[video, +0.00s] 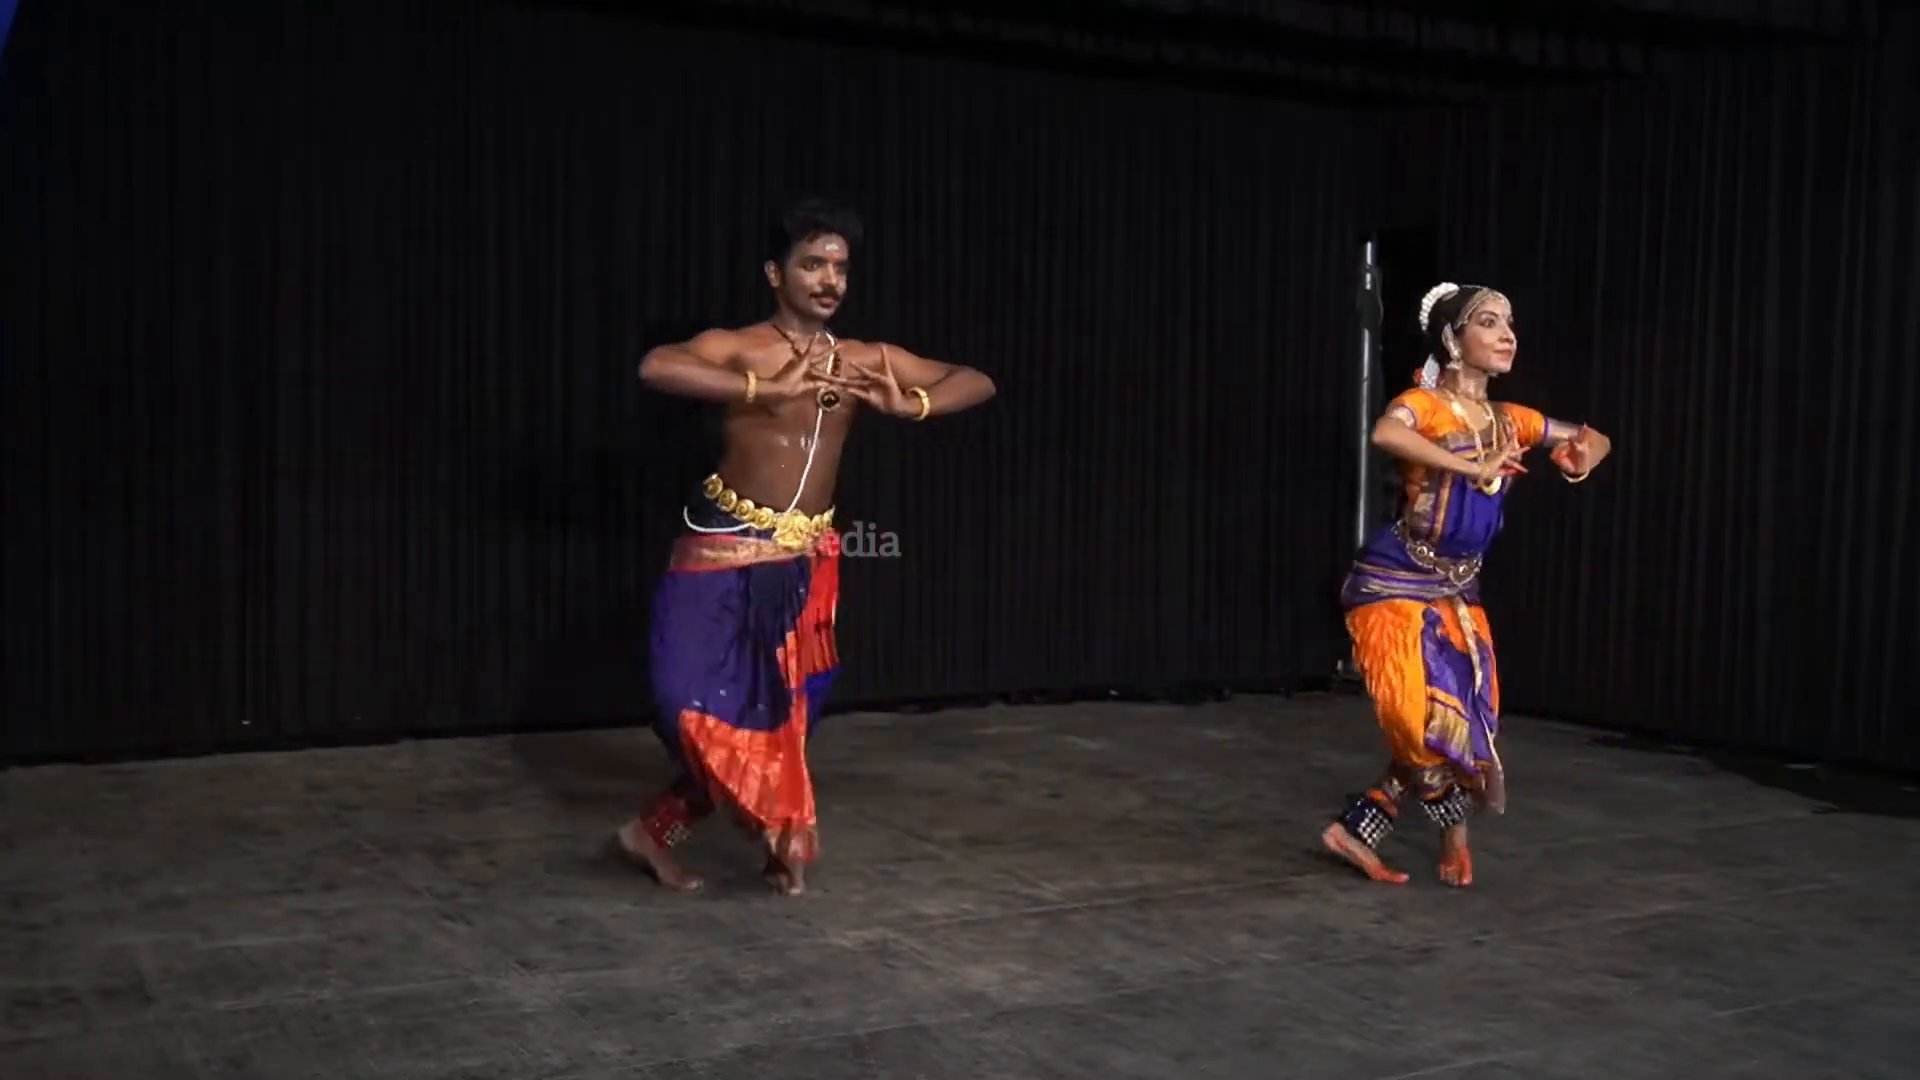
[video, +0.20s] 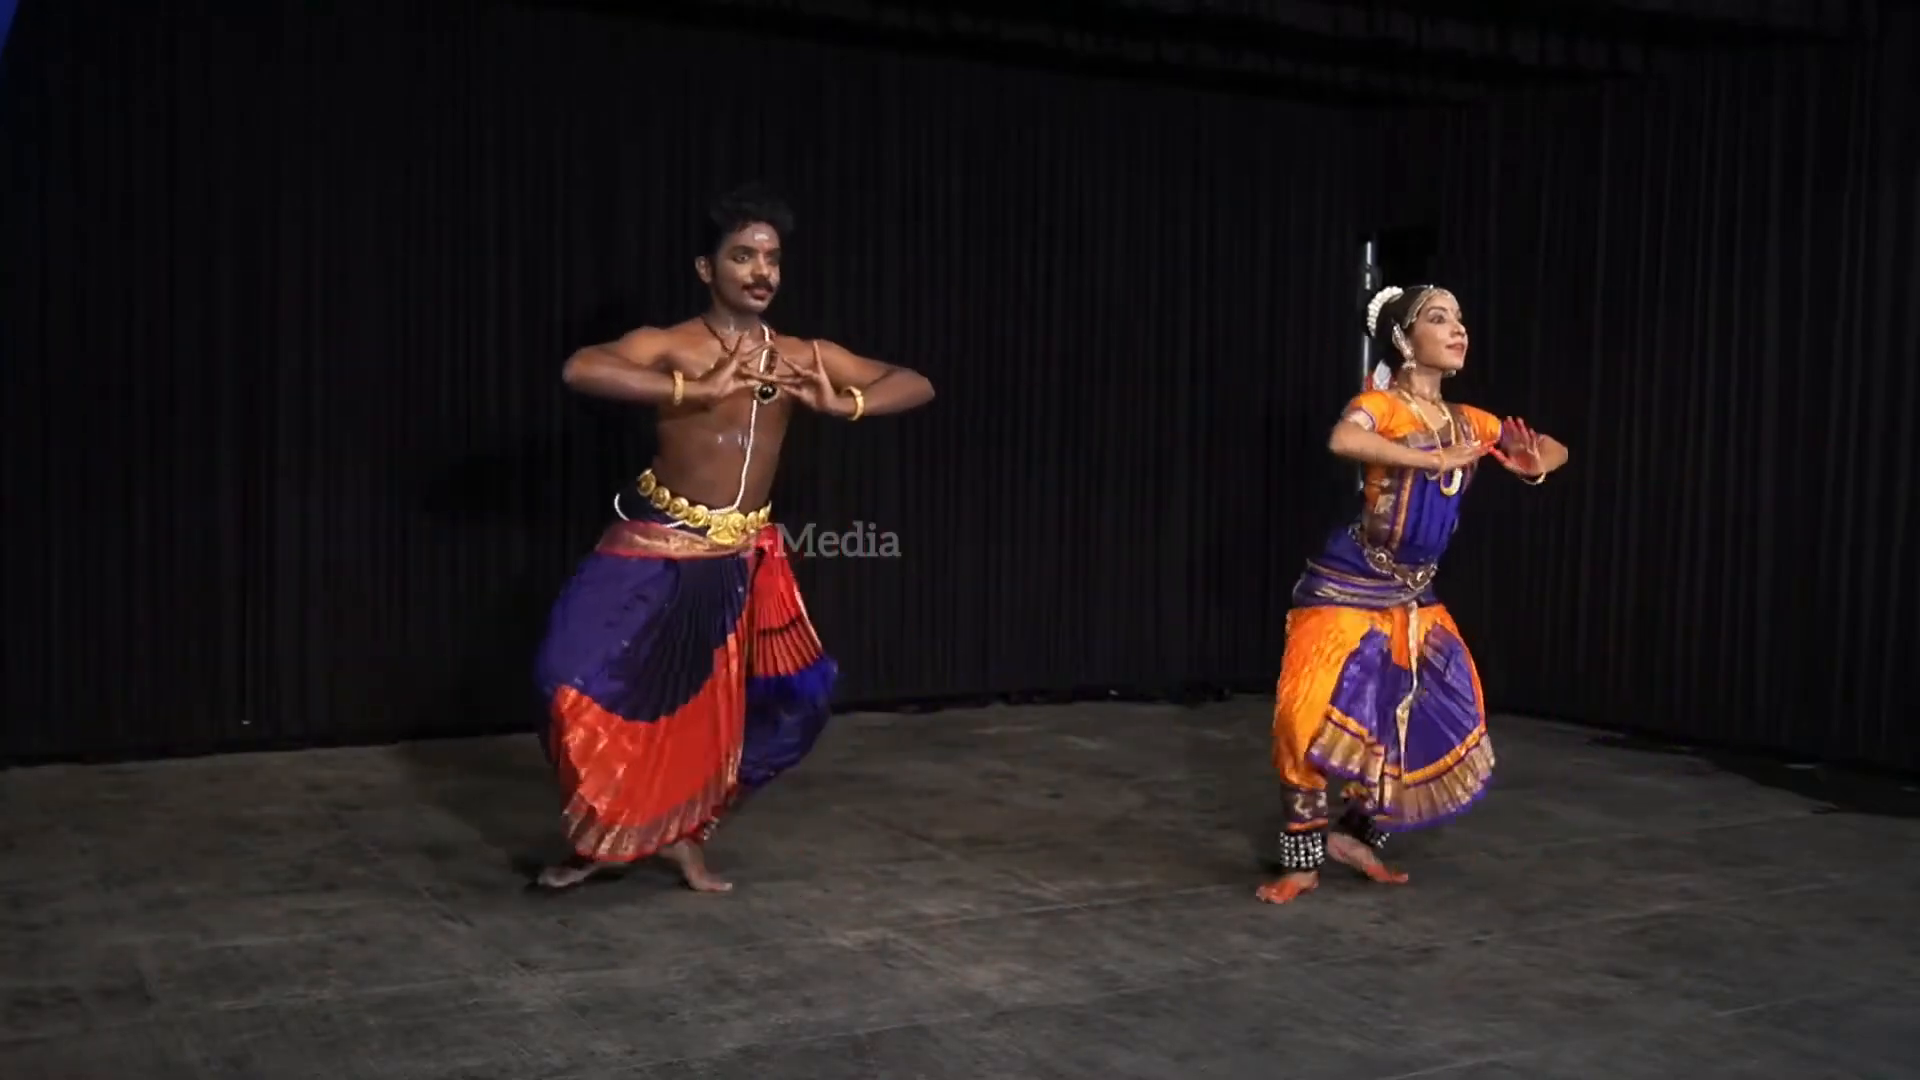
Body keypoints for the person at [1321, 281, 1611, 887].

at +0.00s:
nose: (1507, 336)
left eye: (1509, 325)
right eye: (1491, 324)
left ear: (1506, 341)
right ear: (1453, 338)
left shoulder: (1509, 419)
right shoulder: (1424, 402)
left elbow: (1590, 437)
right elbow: (1387, 434)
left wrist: (1586, 454)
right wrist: (1470, 467)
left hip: (1457, 592)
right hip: (1395, 582)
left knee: (1469, 717)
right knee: (1415, 707)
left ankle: (1358, 827)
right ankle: (1453, 825)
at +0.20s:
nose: (1459, 331)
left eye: (1459, 321)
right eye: (1441, 321)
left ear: (1457, 340)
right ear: (1404, 340)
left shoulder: (1468, 422)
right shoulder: (1380, 405)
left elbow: (1550, 448)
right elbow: (1343, 439)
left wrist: (1542, 461)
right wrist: (1435, 459)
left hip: (1412, 596)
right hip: (1346, 586)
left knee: (1434, 705)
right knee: (1304, 709)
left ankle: (1353, 831)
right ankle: (1301, 861)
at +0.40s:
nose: (1423, 344)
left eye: (1425, 336)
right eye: (1405, 334)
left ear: (1427, 353)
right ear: (1369, 355)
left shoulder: (1438, 438)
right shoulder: (1343, 424)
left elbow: (1530, 486)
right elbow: (1311, 487)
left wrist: (1498, 480)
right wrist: (1405, 469)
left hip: (1387, 610)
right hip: (1315, 600)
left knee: (1418, 718)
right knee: (1266, 706)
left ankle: (1341, 852)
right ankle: (1291, 853)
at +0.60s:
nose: (1404, 366)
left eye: (1412, 354)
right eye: (1390, 350)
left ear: (1415, 364)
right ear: (1352, 356)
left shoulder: (1414, 443)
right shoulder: (1318, 428)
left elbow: (1497, 504)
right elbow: (1300, 502)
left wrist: (1471, 503)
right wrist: (1398, 510)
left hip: (1353, 611)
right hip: (1280, 604)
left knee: (1410, 714)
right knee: (1262, 729)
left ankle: (1336, 851)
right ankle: (1265, 858)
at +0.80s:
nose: (1404, 373)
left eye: (1410, 359)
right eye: (1390, 357)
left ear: (1411, 365)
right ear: (1351, 364)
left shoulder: (1383, 435)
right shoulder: (1330, 433)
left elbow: (1432, 489)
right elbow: (1374, 518)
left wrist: (1464, 485)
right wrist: (1464, 497)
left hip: (1335, 609)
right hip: (1277, 610)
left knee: (1374, 715)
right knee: (1293, 741)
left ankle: (1337, 852)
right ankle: (1268, 858)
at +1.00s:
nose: (1429, 380)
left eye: (1432, 367)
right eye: (1416, 365)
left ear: (1376, 369)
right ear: (1372, 369)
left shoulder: (1349, 414)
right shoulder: (1382, 442)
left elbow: (1305, 425)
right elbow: (1478, 440)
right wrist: (1575, 429)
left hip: (1330, 611)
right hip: (1309, 614)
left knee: (1400, 743)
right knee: (1391, 743)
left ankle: (1343, 872)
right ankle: (1277, 827)